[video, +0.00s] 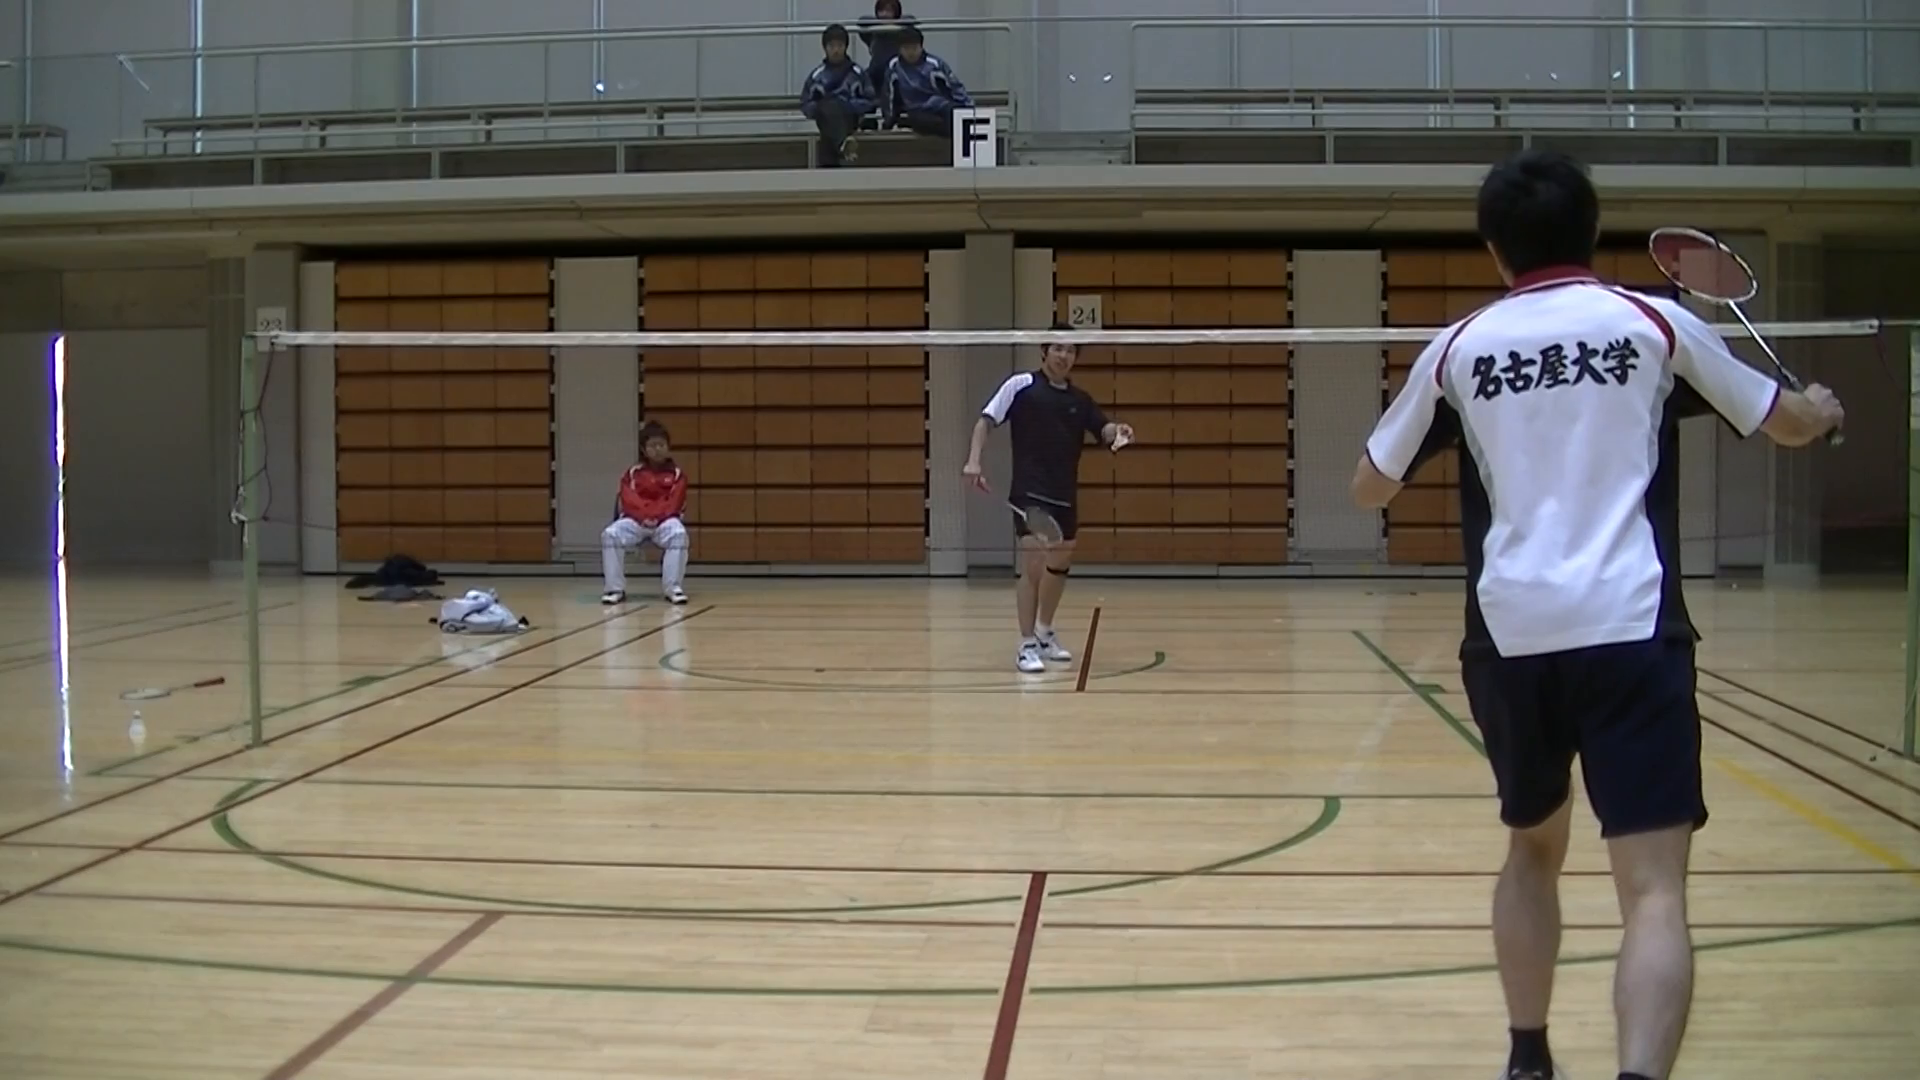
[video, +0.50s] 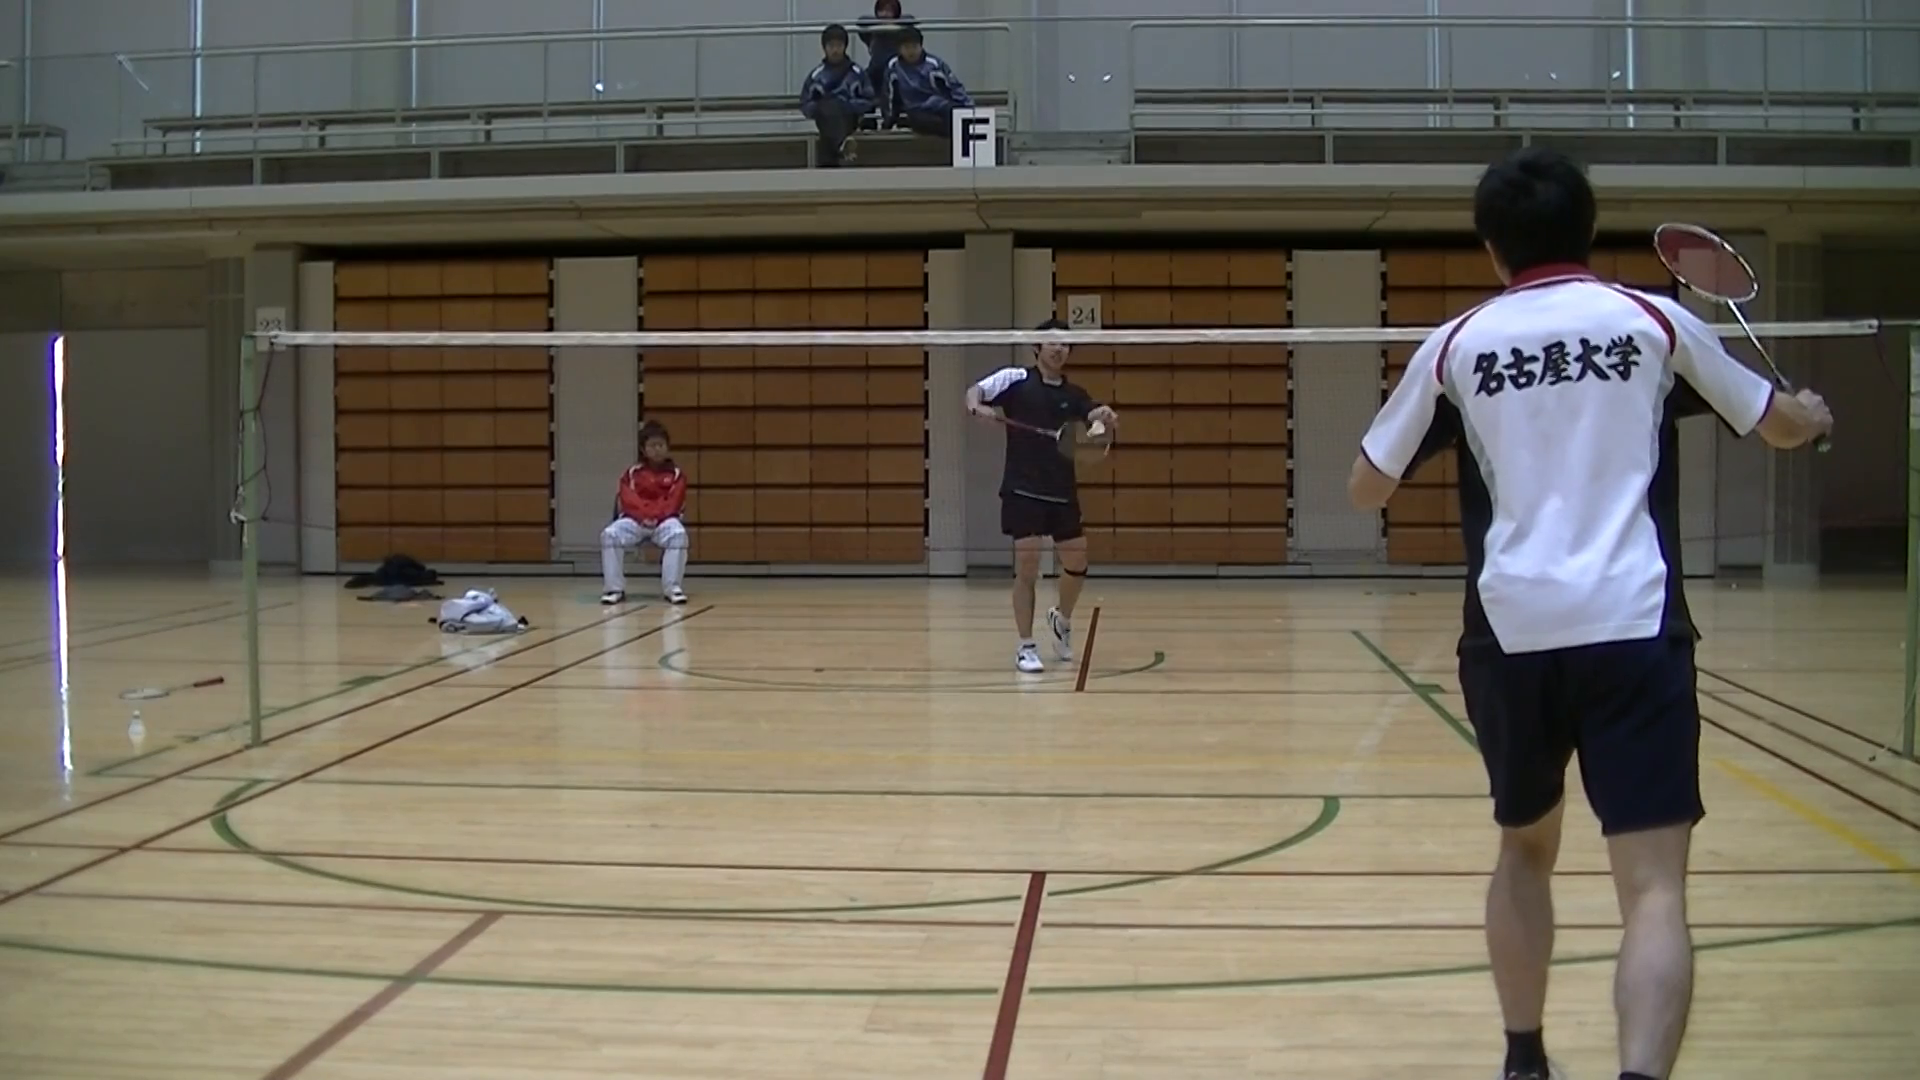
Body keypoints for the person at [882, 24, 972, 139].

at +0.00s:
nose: (911, 53)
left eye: (914, 48)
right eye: (906, 48)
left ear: (921, 47)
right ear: (900, 49)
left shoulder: (936, 65)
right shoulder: (894, 67)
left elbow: (955, 87)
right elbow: (891, 96)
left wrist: (968, 107)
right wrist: (889, 121)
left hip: (942, 107)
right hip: (916, 112)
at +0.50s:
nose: (911, 52)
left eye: (914, 47)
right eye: (906, 47)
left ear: (921, 47)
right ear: (899, 49)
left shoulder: (935, 64)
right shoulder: (894, 67)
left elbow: (954, 87)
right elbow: (890, 96)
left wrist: (968, 107)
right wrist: (889, 121)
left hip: (942, 107)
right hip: (916, 112)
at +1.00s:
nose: (910, 51)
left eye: (914, 47)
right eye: (905, 47)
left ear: (920, 46)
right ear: (899, 49)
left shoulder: (934, 64)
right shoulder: (893, 67)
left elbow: (954, 86)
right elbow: (889, 95)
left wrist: (966, 106)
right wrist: (889, 119)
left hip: (942, 107)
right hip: (915, 112)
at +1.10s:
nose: (910, 51)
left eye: (914, 46)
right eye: (905, 47)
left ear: (920, 46)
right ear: (899, 49)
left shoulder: (934, 63)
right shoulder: (893, 67)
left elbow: (954, 86)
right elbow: (889, 95)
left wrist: (967, 106)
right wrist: (889, 120)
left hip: (942, 107)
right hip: (915, 111)